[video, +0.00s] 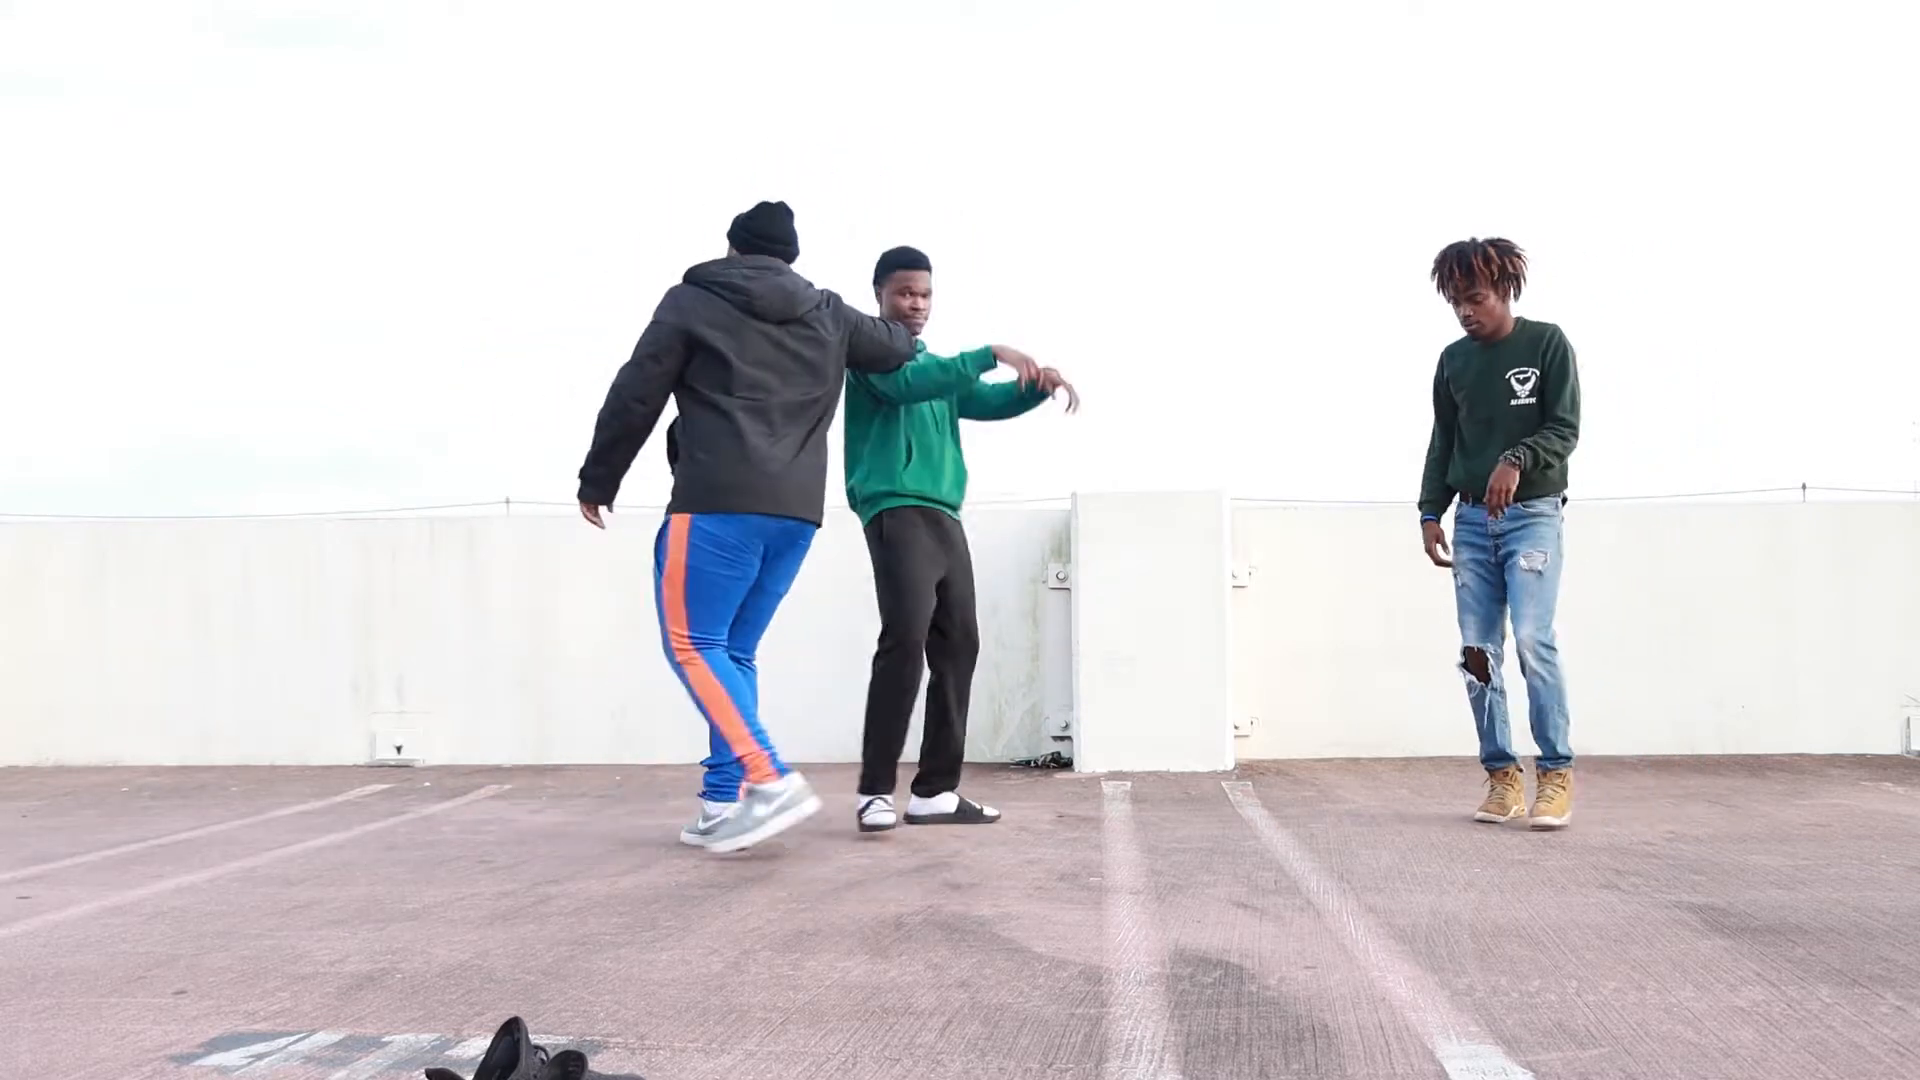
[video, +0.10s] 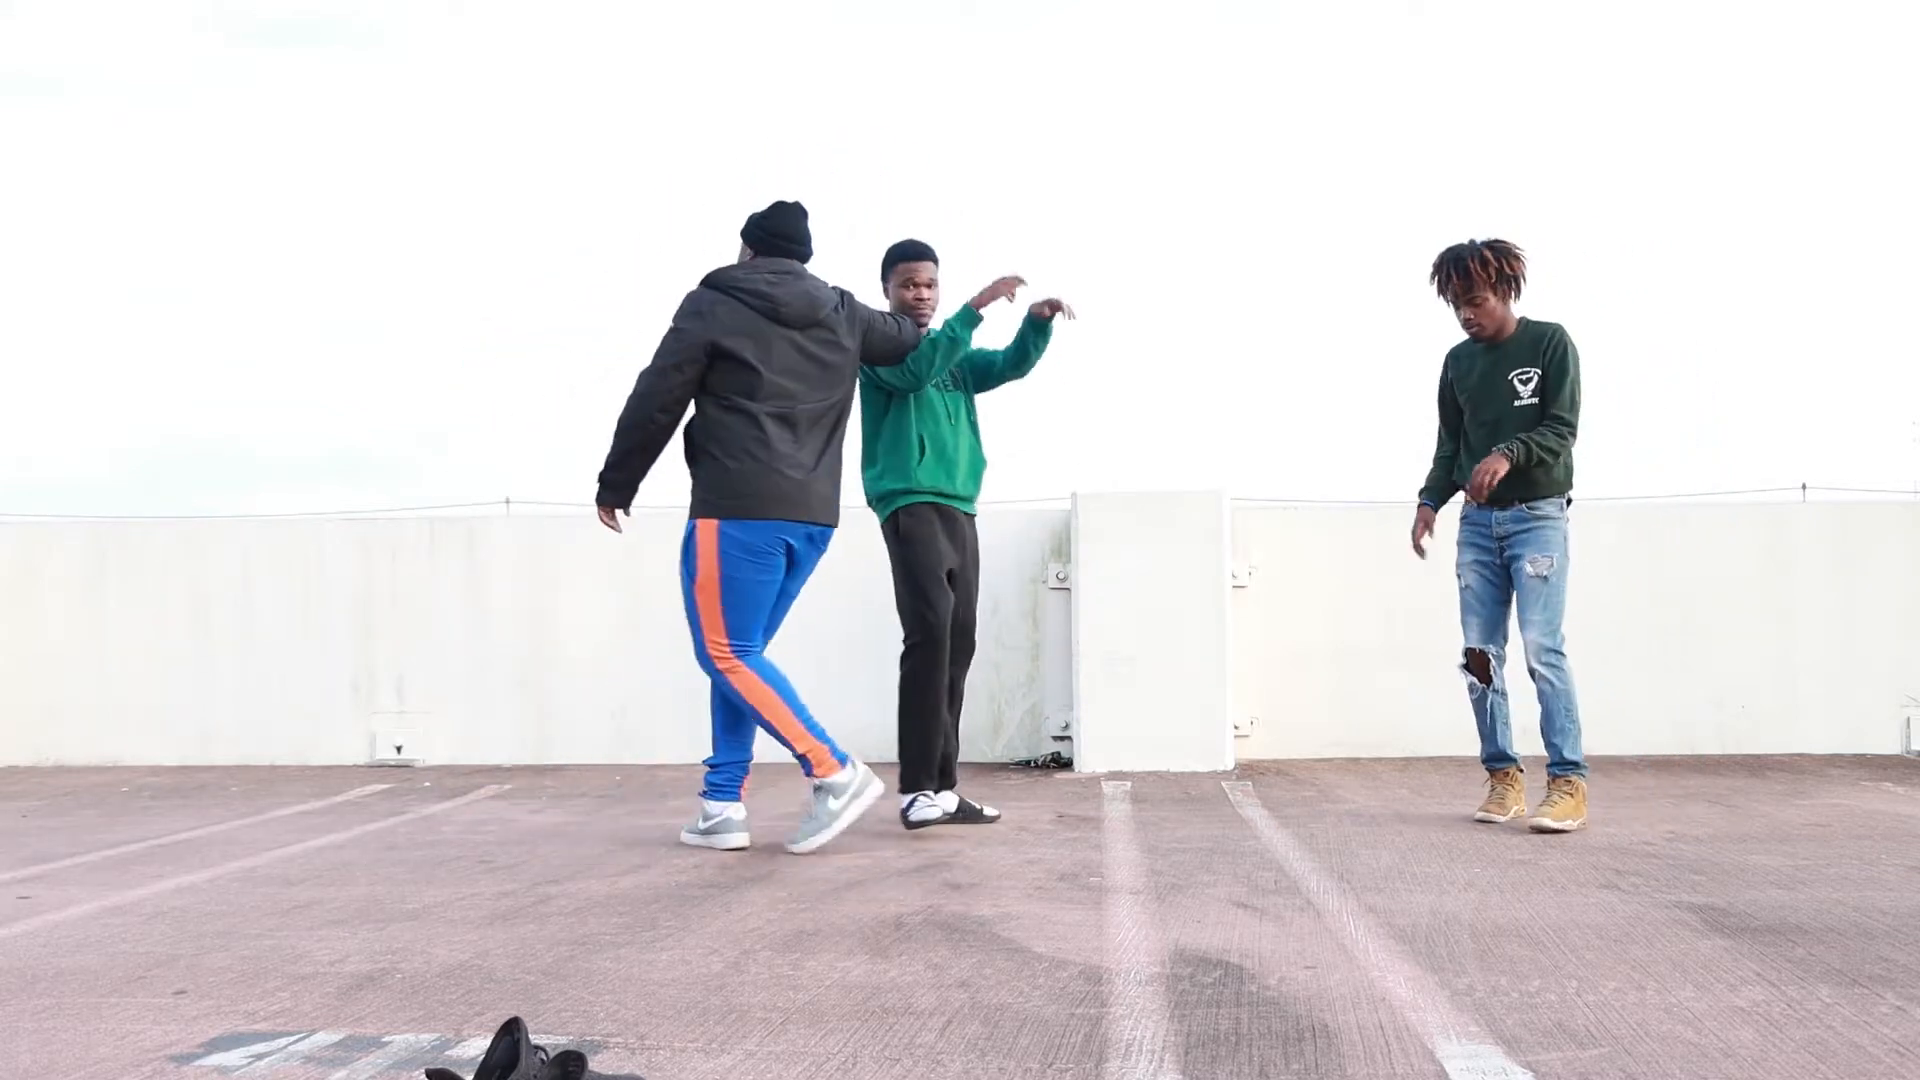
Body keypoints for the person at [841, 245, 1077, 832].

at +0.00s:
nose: (916, 304)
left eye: (924, 295)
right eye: (904, 294)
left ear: (931, 300)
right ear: (879, 295)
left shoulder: (936, 367)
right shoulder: (867, 348)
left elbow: (983, 401)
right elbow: (898, 385)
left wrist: (1036, 386)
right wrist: (991, 354)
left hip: (947, 519)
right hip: (900, 513)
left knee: (959, 647)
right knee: (904, 641)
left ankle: (934, 792)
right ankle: (877, 792)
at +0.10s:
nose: (922, 294)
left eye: (930, 285)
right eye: (908, 285)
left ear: (938, 291)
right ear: (886, 290)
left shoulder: (951, 354)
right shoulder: (876, 341)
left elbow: (1009, 363)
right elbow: (912, 370)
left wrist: (1036, 323)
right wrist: (976, 307)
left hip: (959, 509)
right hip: (911, 504)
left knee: (959, 641)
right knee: (931, 632)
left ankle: (944, 790)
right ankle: (918, 792)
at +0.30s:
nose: (933, 299)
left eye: (941, 288)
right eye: (920, 289)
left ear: (956, 290)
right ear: (899, 296)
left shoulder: (965, 346)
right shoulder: (895, 352)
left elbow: (1015, 347)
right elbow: (924, 384)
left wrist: (1006, 310)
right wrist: (944, 307)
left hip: (992, 508)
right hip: (945, 507)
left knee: (967, 639)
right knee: (978, 633)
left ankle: (931, 787)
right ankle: (993, 790)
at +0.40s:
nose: (940, 308)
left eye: (948, 298)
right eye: (927, 298)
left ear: (960, 302)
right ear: (905, 304)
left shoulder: (976, 346)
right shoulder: (906, 361)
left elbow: (1026, 369)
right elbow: (923, 411)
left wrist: (992, 349)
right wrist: (959, 345)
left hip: (1009, 514)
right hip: (959, 515)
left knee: (998, 651)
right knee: (1000, 643)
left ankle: (937, 788)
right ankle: (1012, 797)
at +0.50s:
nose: (944, 323)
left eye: (952, 312)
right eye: (932, 313)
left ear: (964, 315)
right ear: (912, 318)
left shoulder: (988, 358)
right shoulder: (911, 378)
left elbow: (1035, 394)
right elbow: (929, 444)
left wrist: (1000, 420)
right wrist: (971, 398)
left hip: (1021, 522)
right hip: (969, 524)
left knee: (1021, 658)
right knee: (1022, 647)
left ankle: (938, 789)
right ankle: (1016, 800)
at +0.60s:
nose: (952, 326)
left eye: (959, 315)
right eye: (941, 317)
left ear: (970, 316)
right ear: (923, 323)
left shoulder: (1000, 359)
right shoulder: (923, 387)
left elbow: (1050, 409)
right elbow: (932, 468)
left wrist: (1032, 461)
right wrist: (980, 432)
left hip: (1034, 528)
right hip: (983, 531)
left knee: (1047, 667)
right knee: (1022, 658)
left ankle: (954, 770)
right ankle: (1015, 800)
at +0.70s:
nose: (966, 315)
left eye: (971, 305)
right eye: (955, 307)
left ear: (980, 305)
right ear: (935, 311)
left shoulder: (1008, 354)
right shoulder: (935, 365)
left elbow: (1065, 394)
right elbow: (948, 413)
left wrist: (1071, 446)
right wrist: (998, 409)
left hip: (1037, 530)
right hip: (989, 530)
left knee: (1068, 659)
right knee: (1016, 654)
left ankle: (973, 755)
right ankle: (1014, 797)